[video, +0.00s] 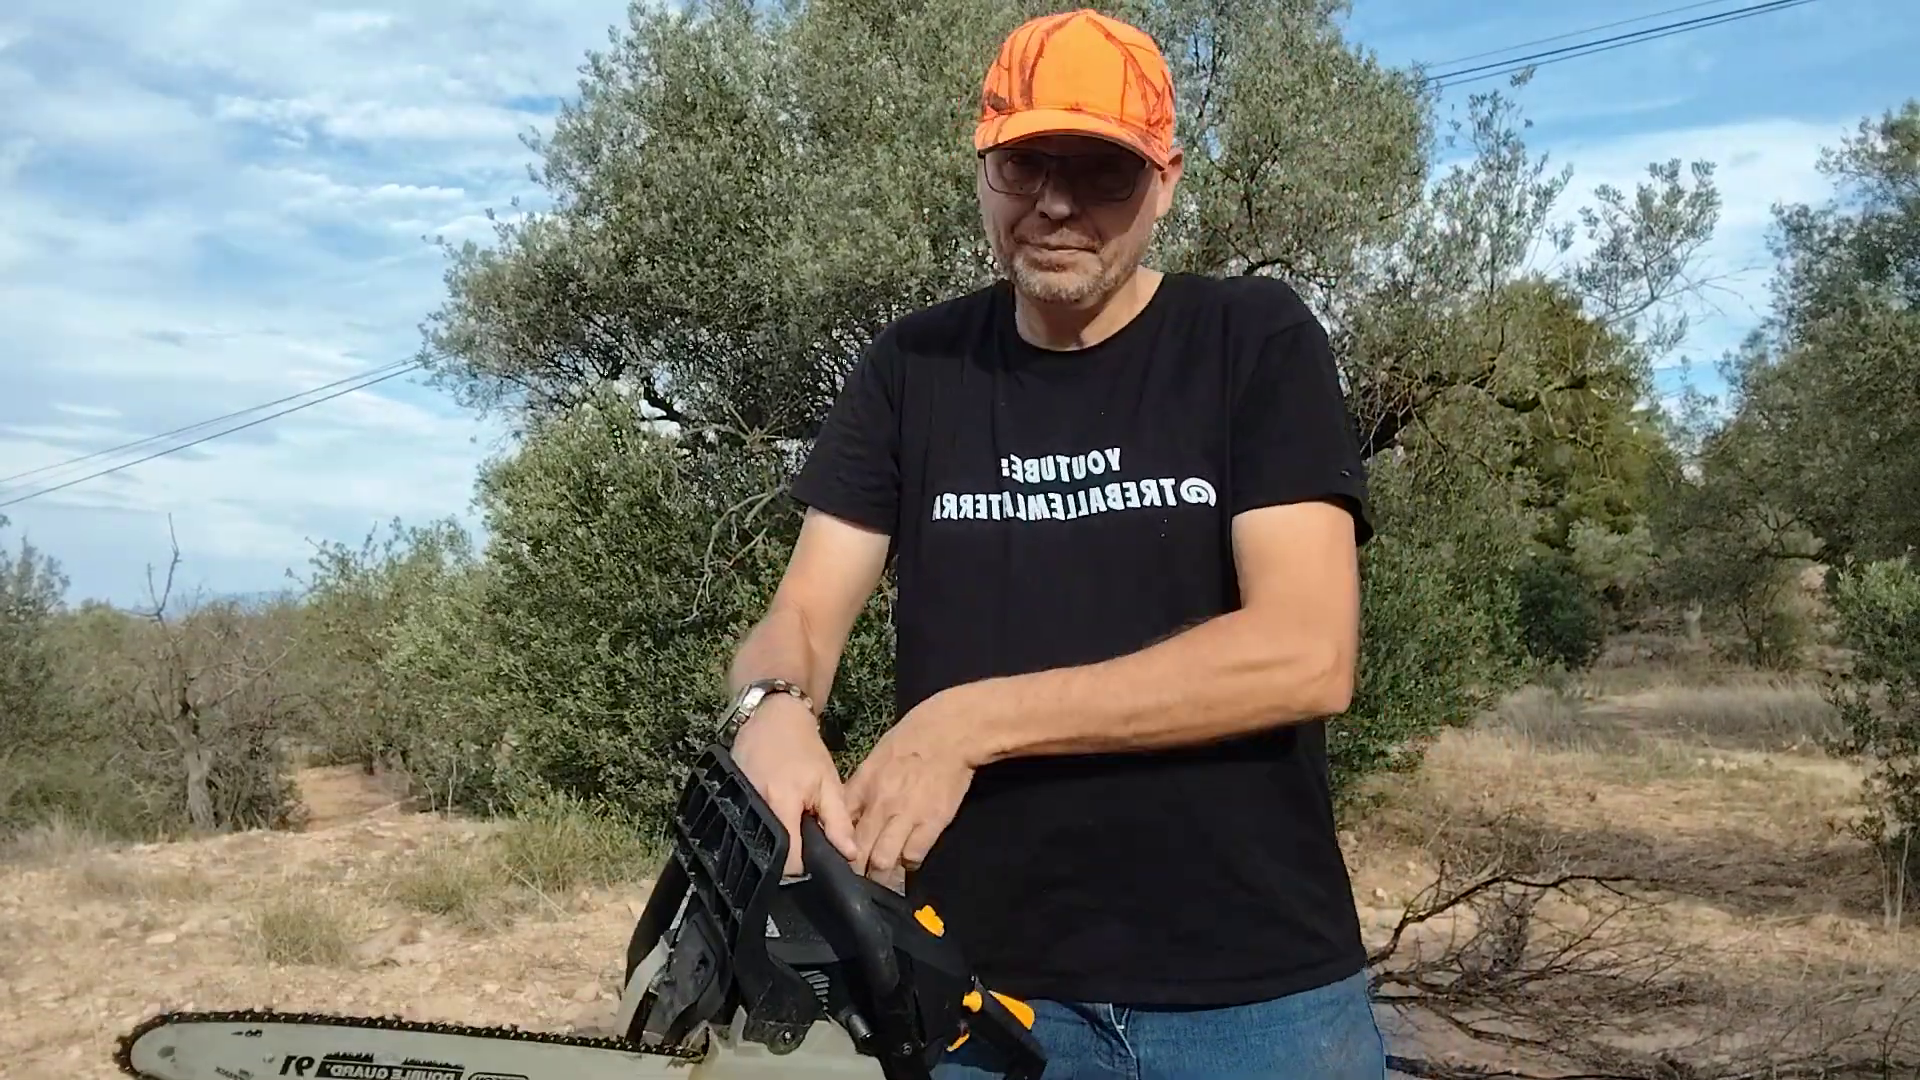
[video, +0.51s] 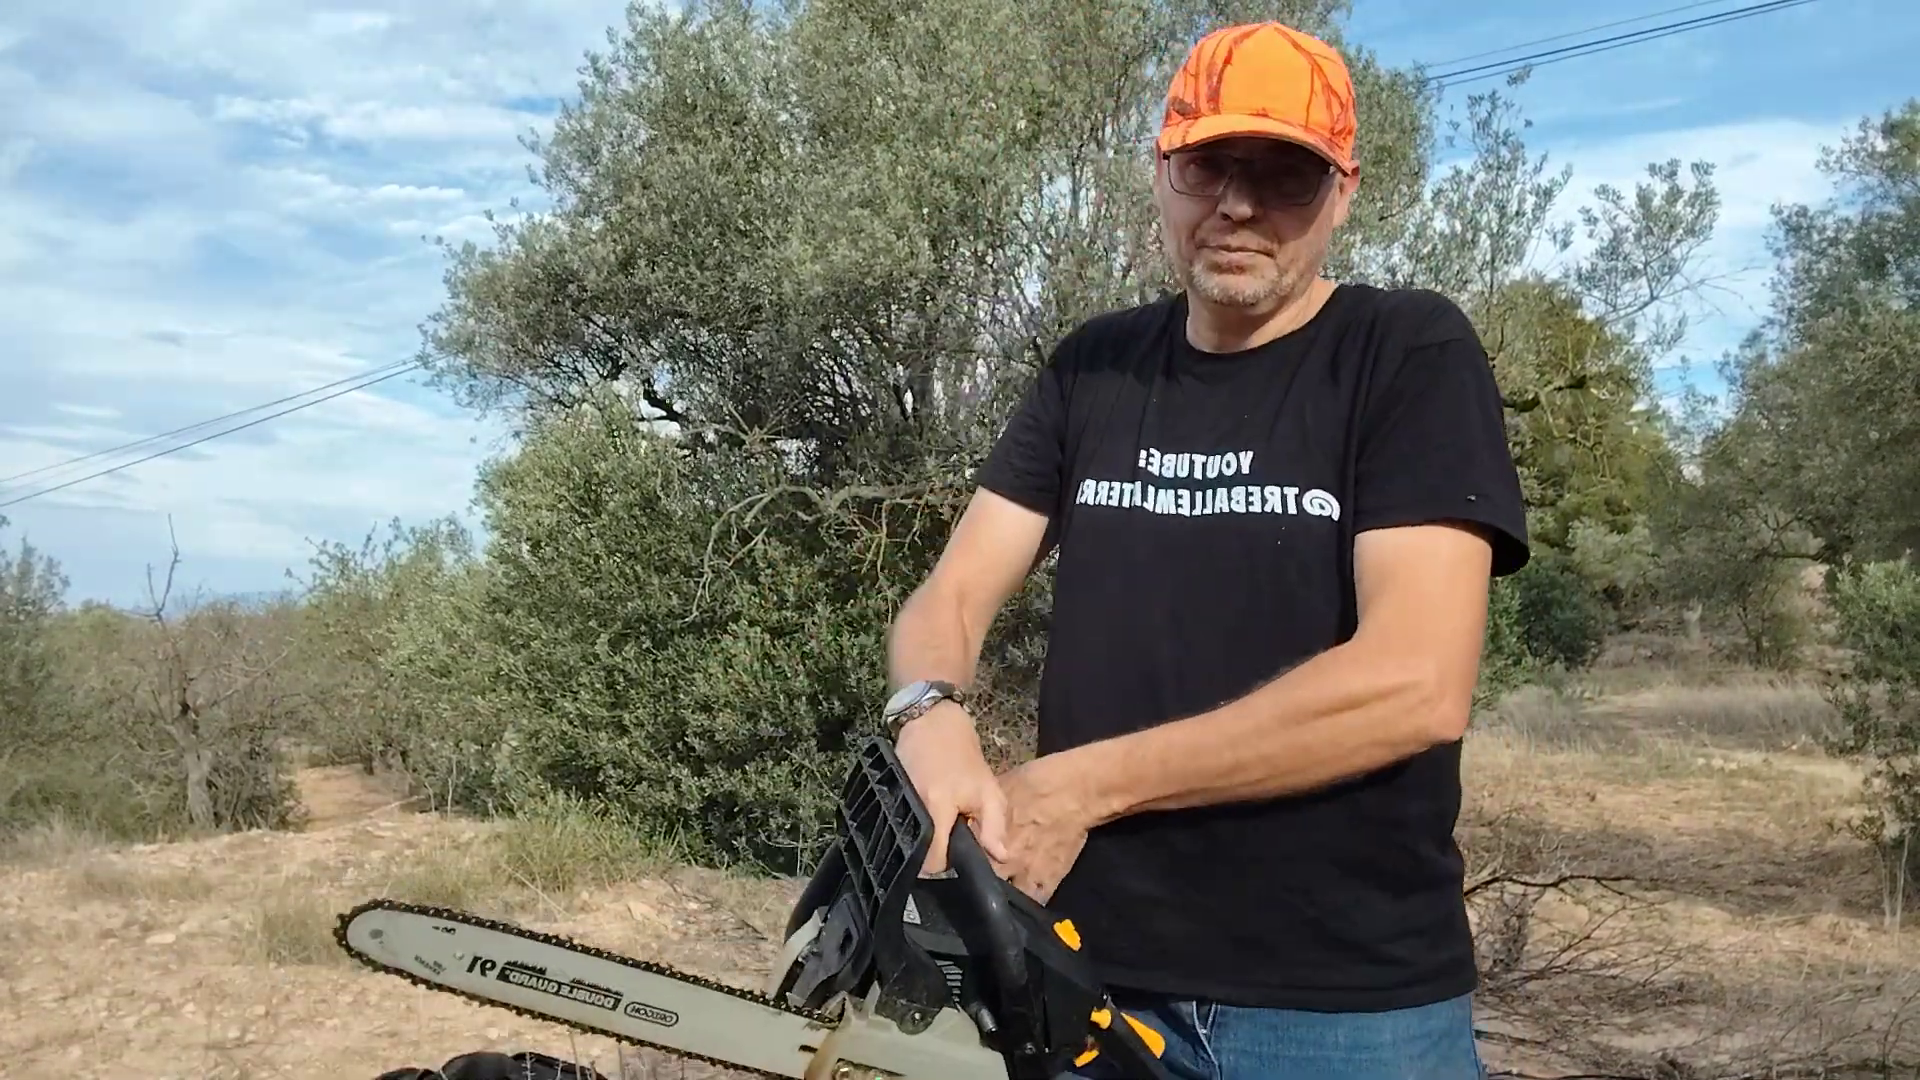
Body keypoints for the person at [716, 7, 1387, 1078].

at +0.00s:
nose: (1057, 206)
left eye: (1098, 173)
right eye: (1027, 168)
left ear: (1161, 184)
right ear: (985, 173)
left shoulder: (1255, 339)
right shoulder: (908, 370)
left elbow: (1307, 652)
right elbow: (802, 621)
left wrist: (965, 721)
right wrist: (773, 714)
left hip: (1261, 1006)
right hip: (986, 1006)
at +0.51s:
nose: (1237, 207)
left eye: (1281, 175)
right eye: (1208, 168)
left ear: (1342, 195)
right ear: (1164, 179)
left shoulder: (1410, 350)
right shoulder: (1094, 364)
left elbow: (1417, 680)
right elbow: (948, 601)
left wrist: (1086, 785)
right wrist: (931, 719)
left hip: (1349, 1017)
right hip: (1095, 1000)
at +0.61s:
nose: (1261, 208)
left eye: (1306, 176)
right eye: (1233, 170)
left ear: (1367, 196)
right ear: (1189, 179)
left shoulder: (1433, 352)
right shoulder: (1122, 365)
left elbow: (1437, 687)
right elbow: (975, 606)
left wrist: (1108, 793)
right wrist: (959, 730)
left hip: (1365, 1017)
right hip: (1114, 998)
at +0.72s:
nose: (1281, 206)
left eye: (1326, 178)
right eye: (1252, 168)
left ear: (1387, 201)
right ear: (1205, 180)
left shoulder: (1448, 354)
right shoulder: (1139, 363)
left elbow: (1441, 692)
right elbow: (989, 603)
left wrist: (1109, 806)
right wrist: (973, 742)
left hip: (1379, 1018)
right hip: (1128, 997)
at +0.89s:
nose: (1303, 220)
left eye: (1348, 189)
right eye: (1276, 180)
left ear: (1403, 206)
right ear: (1224, 183)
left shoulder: (1481, 350)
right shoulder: (1143, 363)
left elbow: (1693, 602)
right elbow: (973, 584)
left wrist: (1395, 571)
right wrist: (966, 760)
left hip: (1390, 988)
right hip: (1121, 967)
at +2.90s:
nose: (1423, 142)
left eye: (1476, 106)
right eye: (1383, 97)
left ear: (1526, 131)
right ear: (1315, 116)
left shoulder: (1631, 369)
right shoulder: (1195, 332)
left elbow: (1782, 753)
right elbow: (1059, 660)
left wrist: (1497, 937)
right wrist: (1155, 581)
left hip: (1527, 1033)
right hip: (1204, 1004)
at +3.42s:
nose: (1536, 122)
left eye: (1592, 77)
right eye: (1491, 76)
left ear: (1656, 93)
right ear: (1417, 86)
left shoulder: (1772, 371)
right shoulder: (1289, 324)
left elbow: (1902, 781)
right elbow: (1153, 652)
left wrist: (1617, 971)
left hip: (1642, 1047)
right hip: (1288, 1010)